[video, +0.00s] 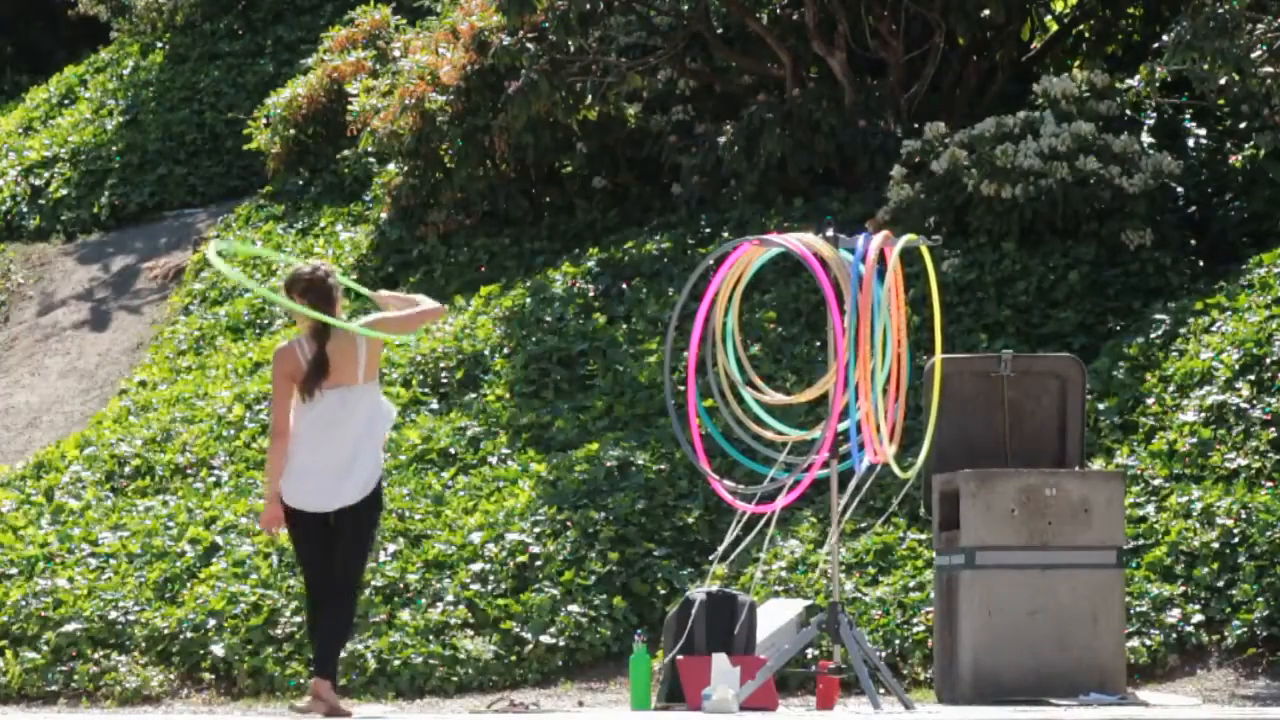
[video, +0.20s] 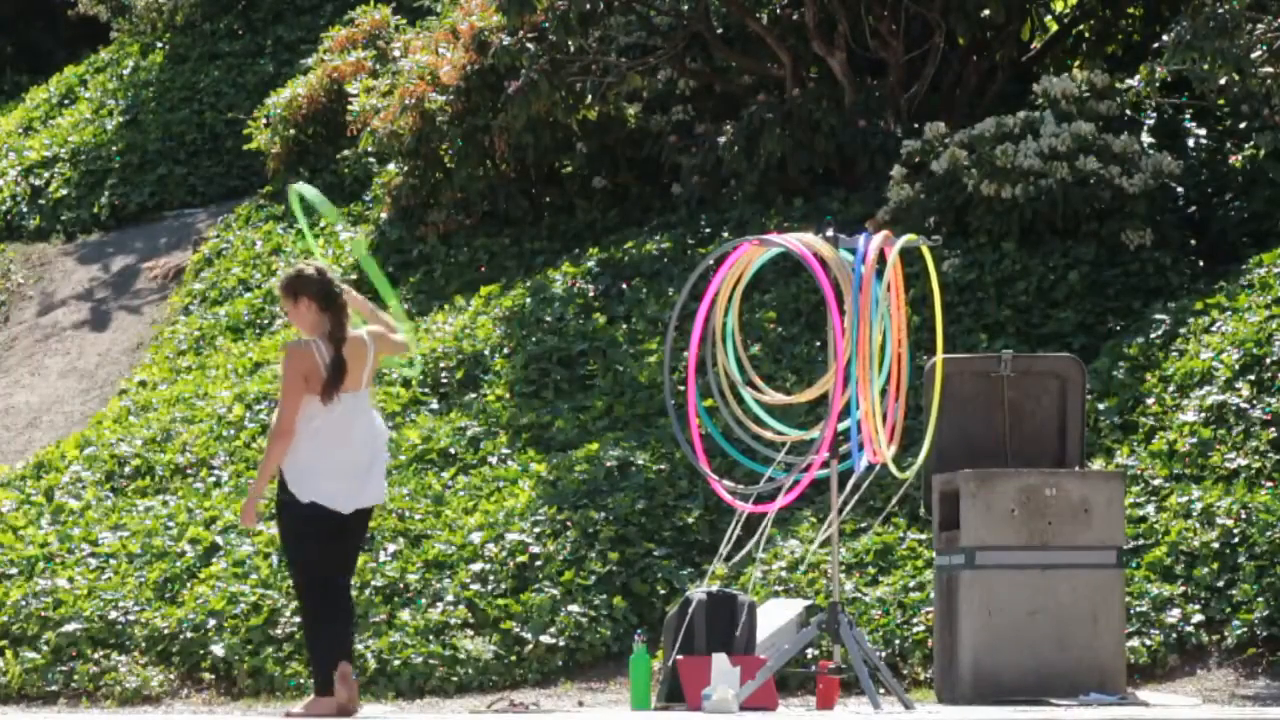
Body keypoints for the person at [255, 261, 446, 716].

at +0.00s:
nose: (287, 309)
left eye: (289, 303)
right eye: (287, 302)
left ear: (299, 306)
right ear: (336, 298)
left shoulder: (289, 356)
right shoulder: (369, 333)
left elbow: (279, 433)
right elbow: (435, 309)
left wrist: (271, 495)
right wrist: (383, 298)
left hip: (303, 489)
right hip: (360, 485)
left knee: (318, 586)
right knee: (345, 585)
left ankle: (326, 686)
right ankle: (322, 682)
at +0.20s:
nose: (287, 317)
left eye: (288, 308)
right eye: (285, 309)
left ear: (307, 305)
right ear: (327, 303)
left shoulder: (301, 353)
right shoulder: (366, 341)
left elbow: (284, 428)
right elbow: (397, 338)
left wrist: (256, 490)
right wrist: (359, 303)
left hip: (309, 486)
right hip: (360, 484)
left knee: (313, 587)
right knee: (338, 581)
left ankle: (325, 693)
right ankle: (343, 674)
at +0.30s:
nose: (288, 319)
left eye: (291, 310)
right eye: (286, 311)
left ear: (315, 304)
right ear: (326, 304)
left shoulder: (309, 356)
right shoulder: (362, 345)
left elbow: (286, 431)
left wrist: (251, 490)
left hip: (307, 479)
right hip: (349, 478)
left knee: (310, 587)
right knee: (323, 581)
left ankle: (324, 695)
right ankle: (361, 661)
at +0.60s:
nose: (299, 322)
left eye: (305, 313)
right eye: (297, 314)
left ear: (335, 307)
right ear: (327, 310)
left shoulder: (341, 358)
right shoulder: (329, 352)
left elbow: (298, 422)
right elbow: (276, 391)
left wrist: (252, 478)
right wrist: (231, 360)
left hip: (313, 476)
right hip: (301, 472)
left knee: (302, 586)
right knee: (281, 584)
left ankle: (324, 696)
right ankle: (342, 672)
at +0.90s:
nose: (305, 319)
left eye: (316, 311)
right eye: (301, 309)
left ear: (342, 311)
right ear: (297, 309)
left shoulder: (345, 361)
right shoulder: (292, 349)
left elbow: (296, 418)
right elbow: (238, 387)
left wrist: (242, 464)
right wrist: (197, 360)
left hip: (304, 472)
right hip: (275, 469)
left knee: (299, 585)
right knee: (263, 584)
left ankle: (325, 696)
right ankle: (275, 689)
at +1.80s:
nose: (260, 287)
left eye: (272, 281)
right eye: (256, 280)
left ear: (291, 295)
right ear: (247, 290)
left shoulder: (303, 343)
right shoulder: (231, 342)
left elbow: (278, 405)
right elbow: (239, 373)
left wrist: (217, 428)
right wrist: (263, 333)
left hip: (292, 471)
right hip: (246, 471)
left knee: (281, 586)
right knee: (244, 588)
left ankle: (284, 695)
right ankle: (248, 695)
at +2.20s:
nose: (262, 286)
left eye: (273, 280)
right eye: (257, 280)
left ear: (295, 293)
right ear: (249, 292)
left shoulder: (321, 344)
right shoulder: (241, 343)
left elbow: (308, 409)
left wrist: (250, 424)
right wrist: (326, 346)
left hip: (302, 462)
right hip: (251, 461)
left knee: (290, 584)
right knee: (231, 568)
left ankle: (285, 695)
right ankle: (233, 647)